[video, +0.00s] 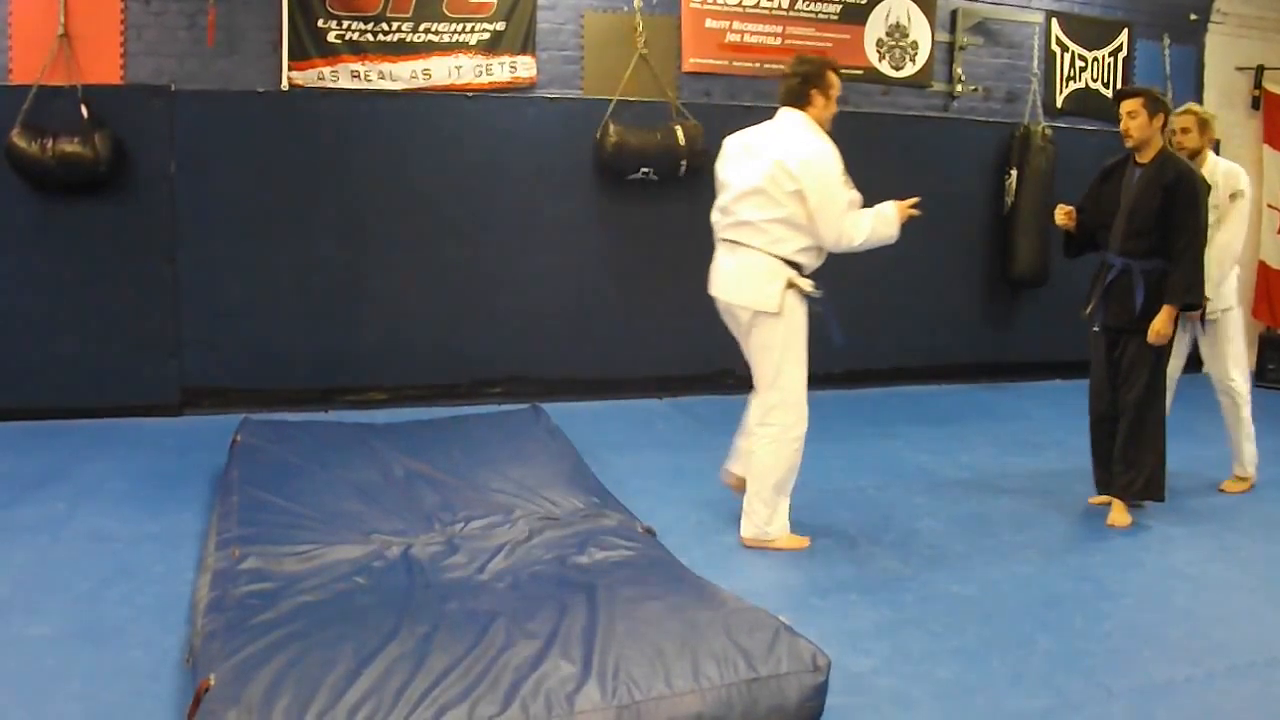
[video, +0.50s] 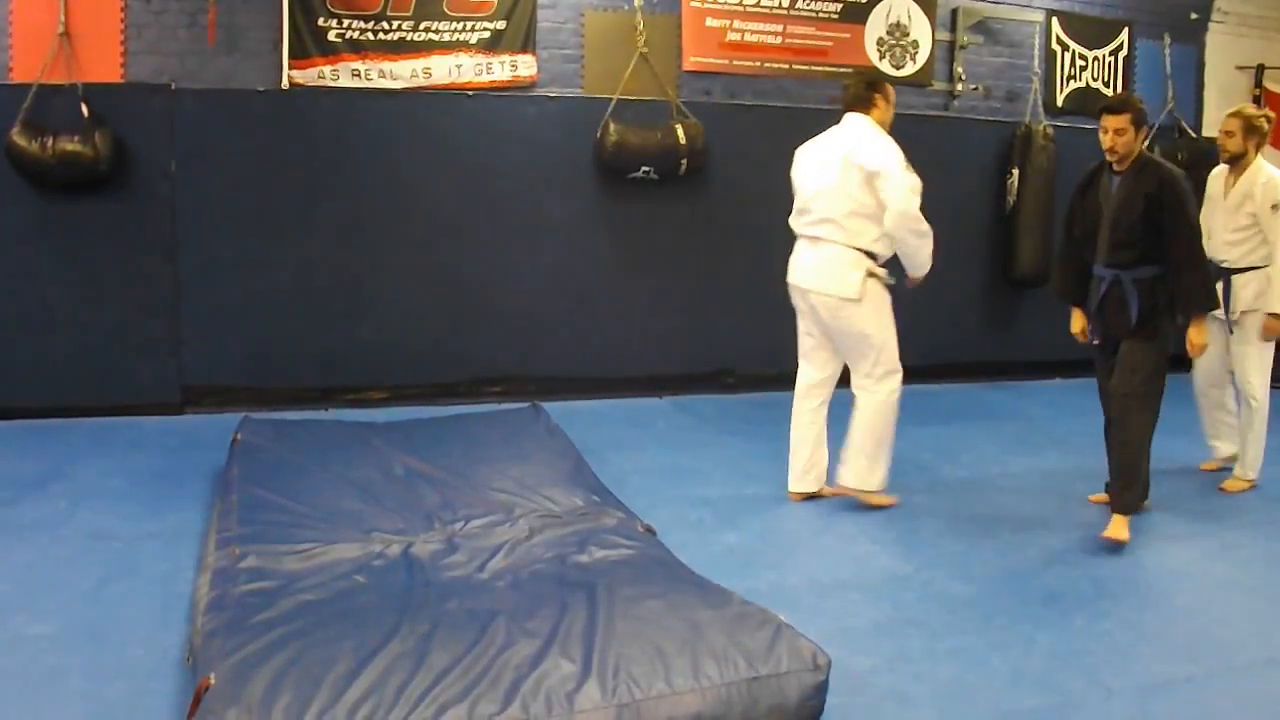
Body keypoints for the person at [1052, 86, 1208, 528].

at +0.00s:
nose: (1124, 125)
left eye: (1132, 117)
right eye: (1121, 118)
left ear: (1159, 121)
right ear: (1122, 124)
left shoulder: (1184, 180)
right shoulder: (1113, 172)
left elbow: (1189, 252)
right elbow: (1090, 234)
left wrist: (1170, 309)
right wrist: (1072, 223)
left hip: (1151, 301)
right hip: (1109, 295)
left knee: (1137, 399)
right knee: (1104, 396)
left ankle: (1125, 496)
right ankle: (1109, 485)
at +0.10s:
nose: (1121, 128)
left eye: (1130, 120)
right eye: (1117, 121)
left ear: (1154, 124)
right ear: (1116, 126)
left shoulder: (1181, 179)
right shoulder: (1111, 175)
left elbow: (1189, 252)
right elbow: (1087, 242)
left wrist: (1173, 310)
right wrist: (1073, 224)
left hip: (1156, 301)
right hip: (1117, 296)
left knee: (1136, 394)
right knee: (1111, 392)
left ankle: (1127, 497)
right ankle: (1113, 484)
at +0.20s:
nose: (1119, 131)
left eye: (1128, 123)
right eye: (1115, 123)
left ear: (1151, 125)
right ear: (1112, 126)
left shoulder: (1178, 175)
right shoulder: (1110, 176)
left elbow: (1190, 247)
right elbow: (1090, 239)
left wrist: (1179, 308)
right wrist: (1069, 235)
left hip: (1160, 299)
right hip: (1120, 296)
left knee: (1131, 387)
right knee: (1117, 388)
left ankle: (1131, 490)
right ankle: (1118, 481)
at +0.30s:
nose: (1118, 133)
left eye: (1127, 125)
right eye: (1113, 125)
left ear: (1149, 126)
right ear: (1110, 127)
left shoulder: (1175, 174)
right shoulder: (1109, 173)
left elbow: (1189, 244)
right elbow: (1083, 226)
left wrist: (1187, 308)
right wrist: (1062, 276)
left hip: (1159, 298)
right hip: (1118, 295)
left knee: (1133, 388)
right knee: (1119, 388)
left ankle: (1130, 494)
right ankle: (1115, 482)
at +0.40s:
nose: (1116, 136)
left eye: (1124, 128)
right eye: (1110, 128)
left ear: (1146, 128)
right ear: (1106, 129)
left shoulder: (1172, 175)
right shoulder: (1102, 175)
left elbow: (1188, 245)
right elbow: (1081, 238)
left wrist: (1191, 310)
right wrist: (1067, 301)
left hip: (1157, 301)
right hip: (1113, 297)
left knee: (1131, 395)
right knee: (1118, 393)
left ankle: (1127, 501)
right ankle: (1124, 483)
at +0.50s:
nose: (1111, 141)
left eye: (1120, 132)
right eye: (1105, 133)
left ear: (1142, 133)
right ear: (1099, 134)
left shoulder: (1165, 180)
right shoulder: (1093, 179)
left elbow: (1188, 251)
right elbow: (1075, 245)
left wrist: (1197, 318)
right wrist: (1077, 304)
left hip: (1151, 302)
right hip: (1103, 301)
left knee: (1131, 396)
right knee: (1112, 396)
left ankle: (1124, 505)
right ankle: (1124, 484)